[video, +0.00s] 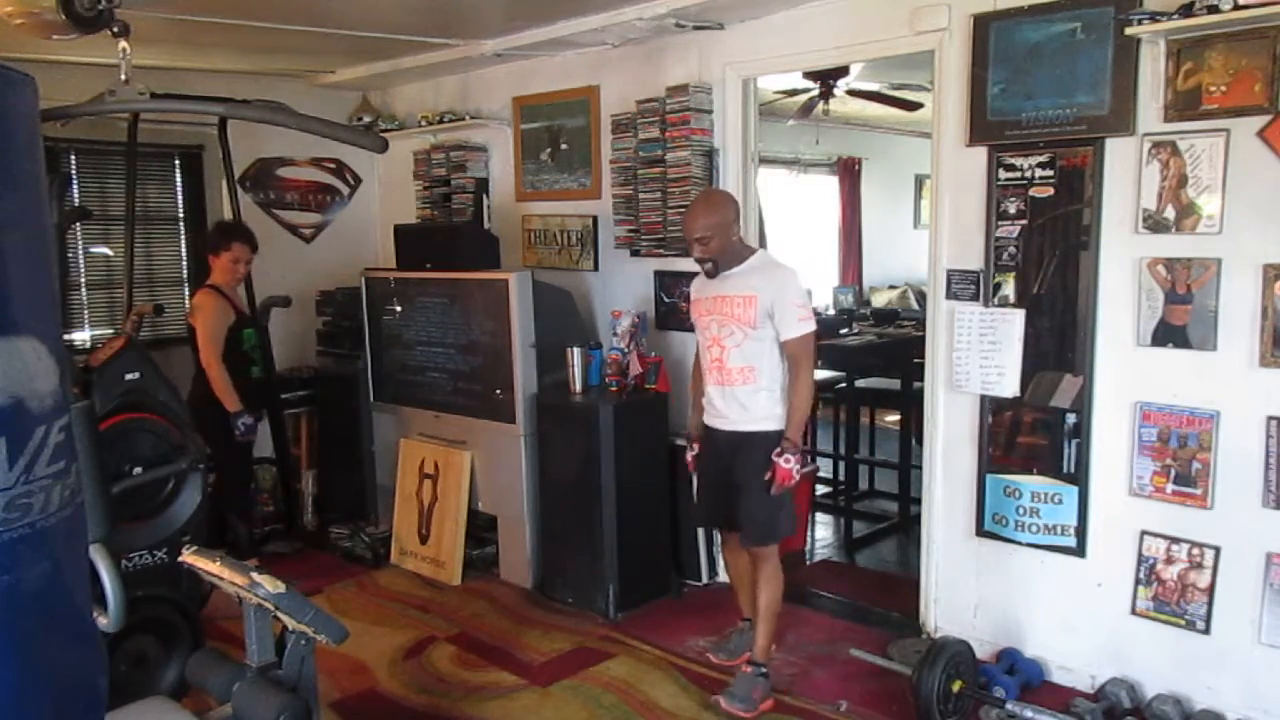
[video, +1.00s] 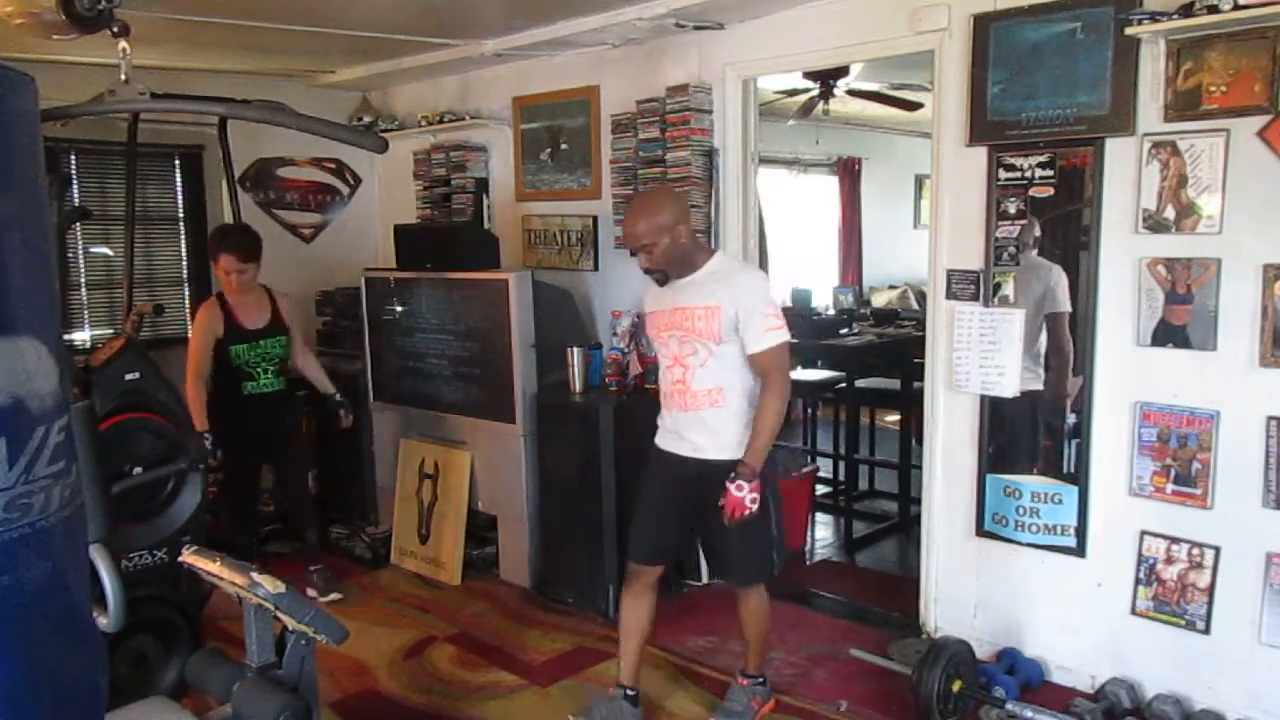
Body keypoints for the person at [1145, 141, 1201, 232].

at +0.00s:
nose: (1157, 158)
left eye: (1159, 153)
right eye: (1155, 156)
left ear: (1168, 150)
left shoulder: (1175, 161)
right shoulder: (1164, 167)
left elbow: (1171, 187)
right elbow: (1161, 189)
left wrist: (1160, 213)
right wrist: (1157, 212)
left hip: (1189, 210)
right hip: (1180, 212)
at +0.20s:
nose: (1157, 158)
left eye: (1159, 153)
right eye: (1155, 155)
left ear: (1168, 150)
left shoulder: (1175, 161)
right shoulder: (1164, 166)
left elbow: (1170, 187)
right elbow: (1161, 188)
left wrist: (1160, 213)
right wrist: (1157, 212)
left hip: (1189, 210)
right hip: (1180, 212)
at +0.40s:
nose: (1157, 158)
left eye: (1159, 153)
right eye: (1155, 155)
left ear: (1168, 150)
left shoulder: (1175, 161)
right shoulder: (1164, 166)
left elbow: (1170, 187)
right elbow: (1161, 188)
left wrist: (1160, 213)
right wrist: (1157, 212)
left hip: (1190, 210)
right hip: (1180, 212)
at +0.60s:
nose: (1157, 158)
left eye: (1159, 153)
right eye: (1155, 156)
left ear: (1168, 150)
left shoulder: (1175, 161)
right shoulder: (1164, 166)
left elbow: (1170, 187)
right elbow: (1161, 188)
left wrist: (1160, 213)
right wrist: (1157, 212)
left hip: (1190, 210)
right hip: (1180, 212)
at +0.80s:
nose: (1157, 158)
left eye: (1159, 153)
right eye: (1155, 156)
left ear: (1168, 150)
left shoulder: (1175, 161)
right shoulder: (1164, 166)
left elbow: (1170, 187)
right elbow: (1161, 188)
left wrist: (1160, 213)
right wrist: (1157, 212)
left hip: (1190, 210)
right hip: (1180, 212)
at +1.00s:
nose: (1157, 158)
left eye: (1159, 153)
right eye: (1155, 156)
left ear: (1168, 150)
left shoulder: (1175, 161)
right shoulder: (1164, 166)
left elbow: (1170, 187)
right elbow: (1161, 188)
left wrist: (1160, 213)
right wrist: (1157, 212)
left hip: (1190, 210)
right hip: (1180, 212)